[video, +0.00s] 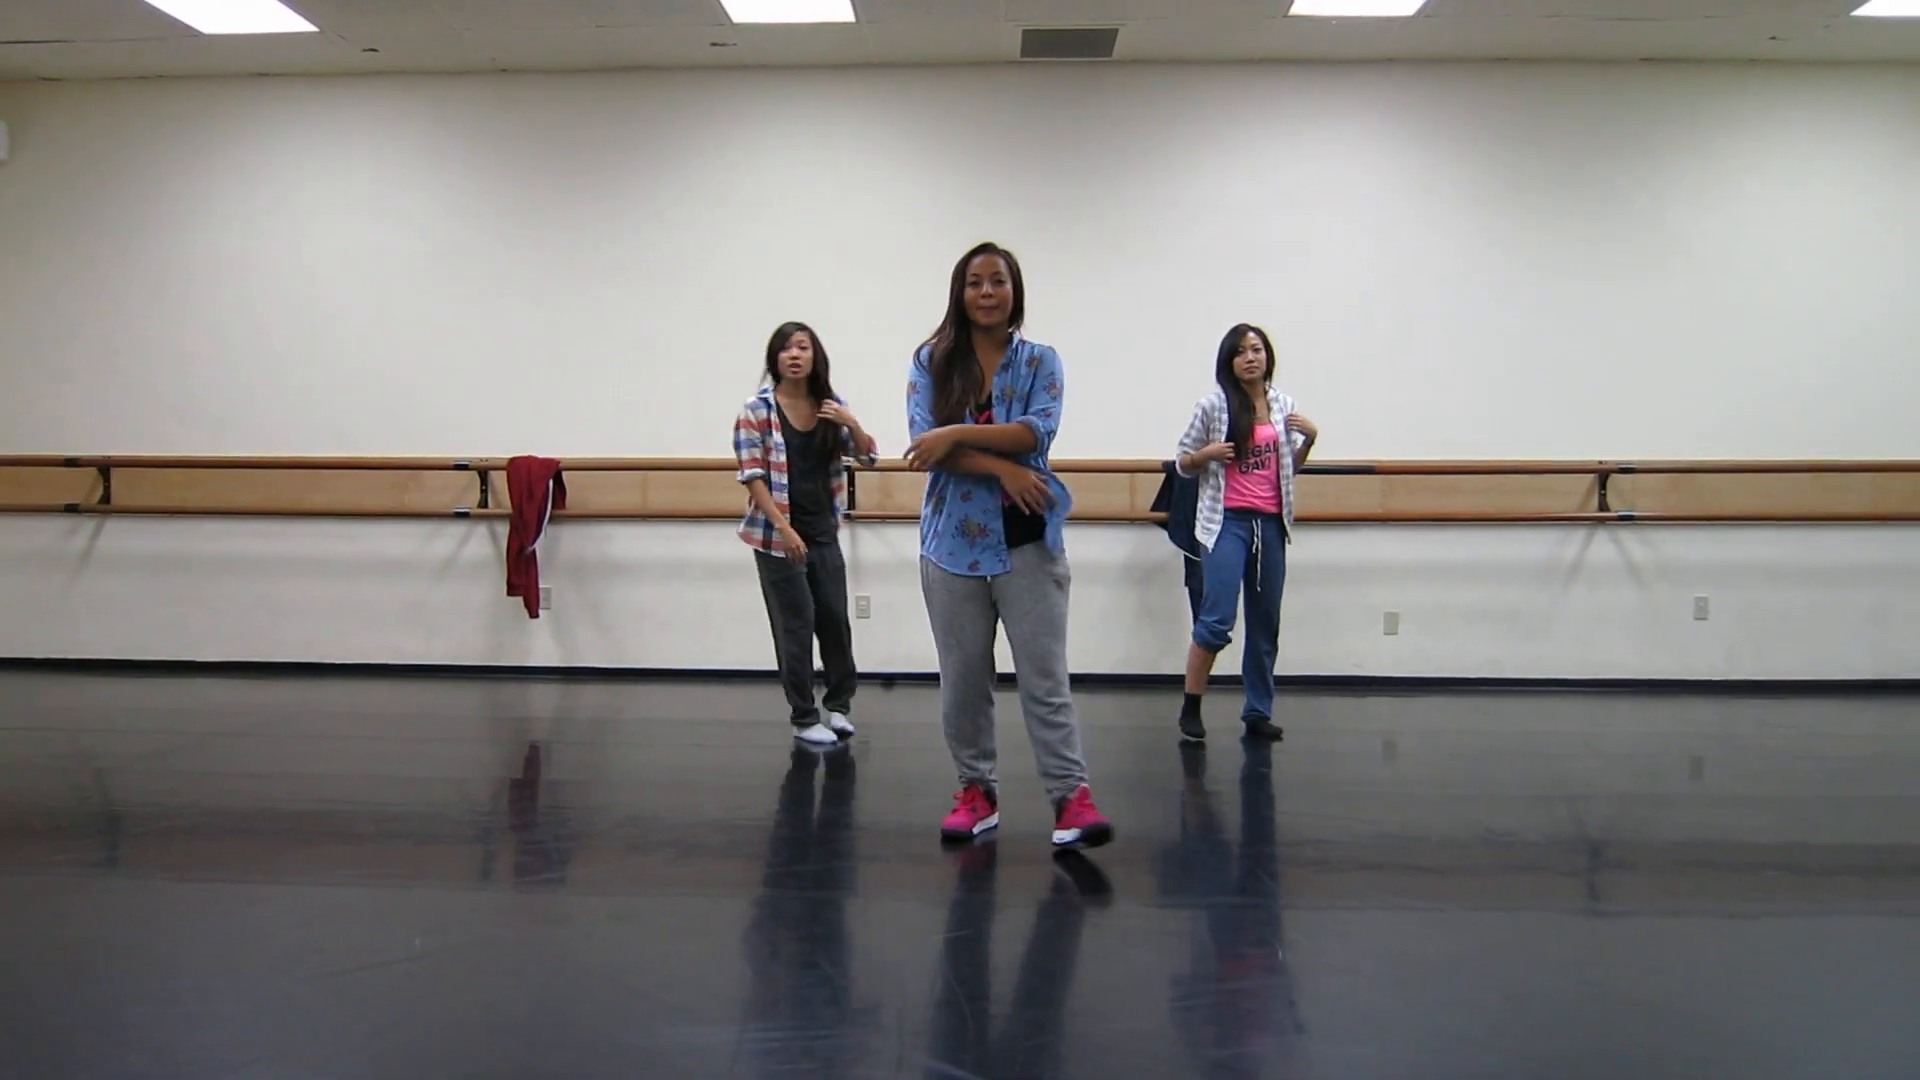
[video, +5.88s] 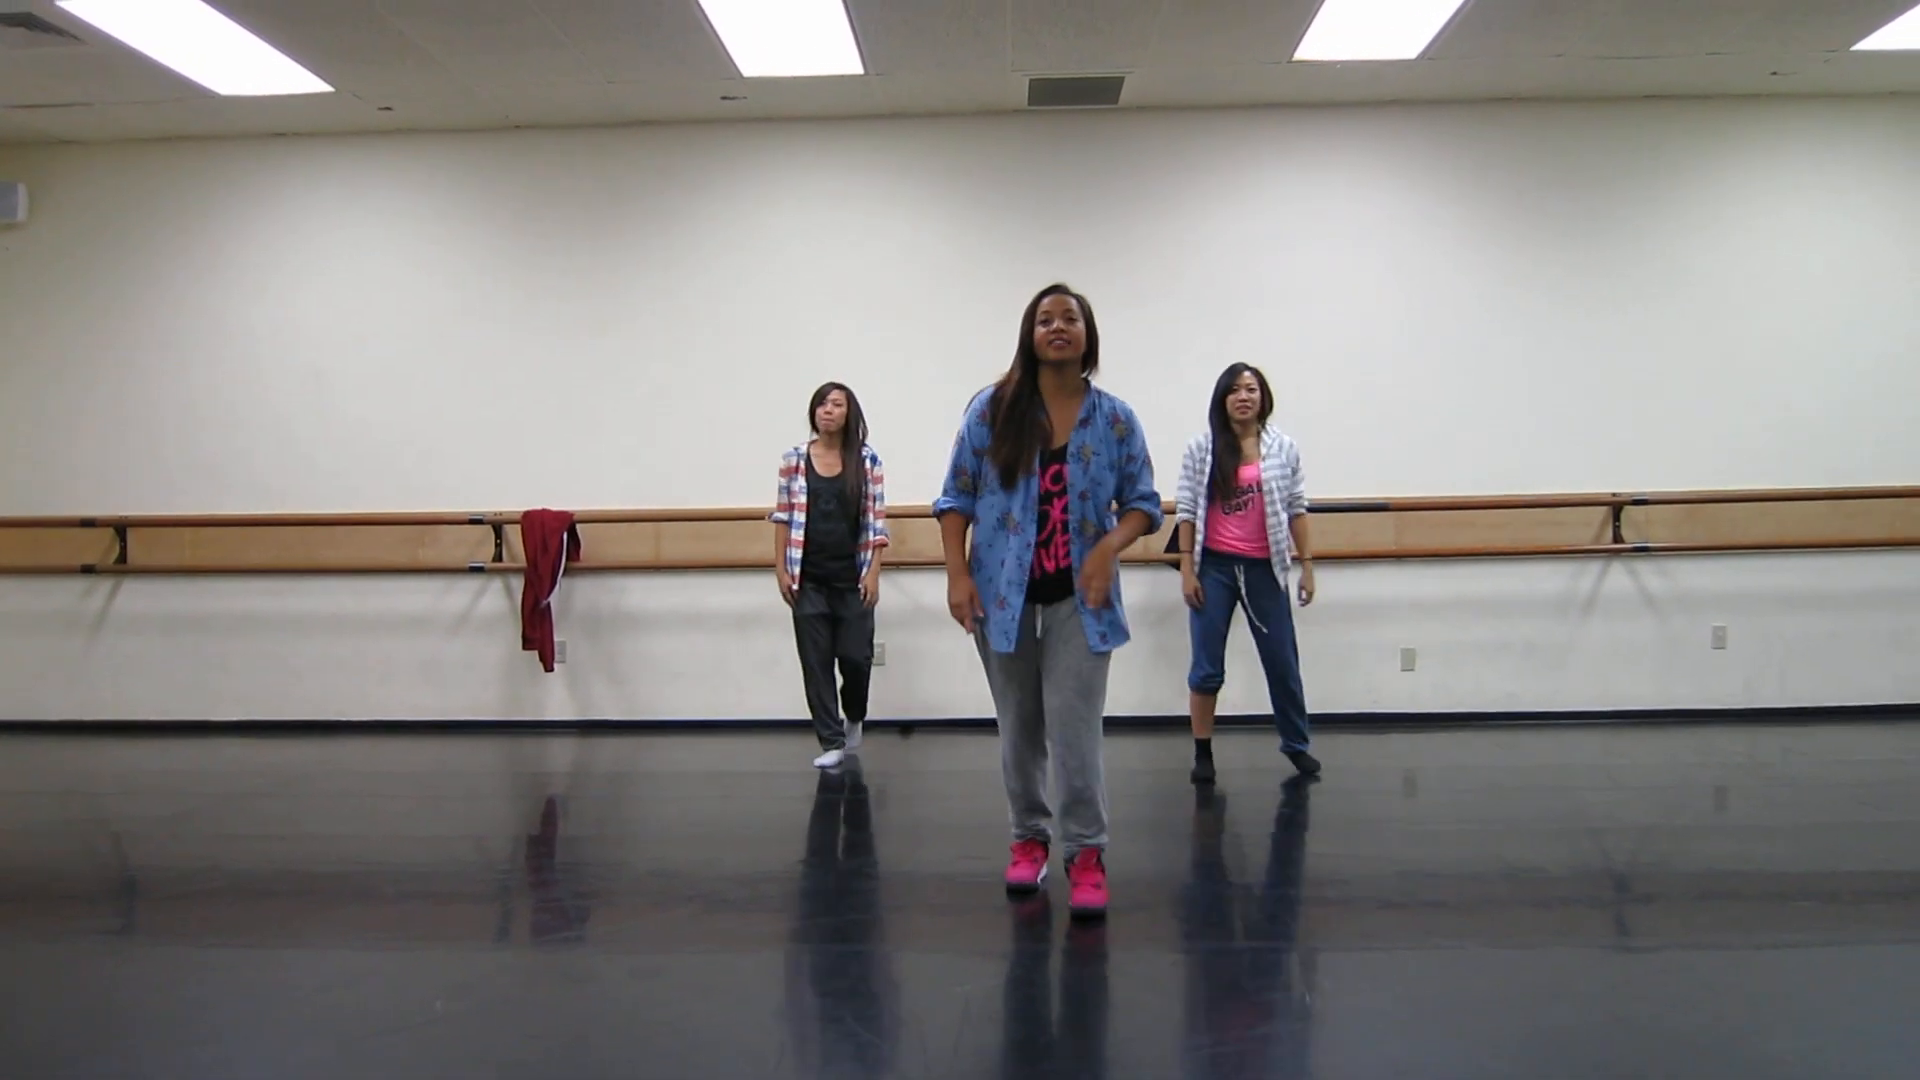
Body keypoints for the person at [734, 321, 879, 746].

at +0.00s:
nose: (795, 354)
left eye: (803, 347)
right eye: (787, 348)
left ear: (816, 357)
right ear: (774, 357)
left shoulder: (831, 408)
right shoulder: (756, 412)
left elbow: (867, 455)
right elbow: (753, 478)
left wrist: (850, 422)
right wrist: (782, 528)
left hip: (824, 536)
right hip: (778, 538)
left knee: (835, 622)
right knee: (795, 628)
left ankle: (838, 706)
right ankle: (805, 718)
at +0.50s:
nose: (853, 358)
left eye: (863, 353)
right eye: (847, 351)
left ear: (875, 363)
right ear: (835, 357)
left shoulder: (891, 409)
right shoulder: (814, 406)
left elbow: (915, 470)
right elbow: (793, 467)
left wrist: (878, 482)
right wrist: (782, 523)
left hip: (874, 537)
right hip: (821, 533)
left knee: (869, 627)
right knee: (813, 613)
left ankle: (869, 709)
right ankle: (825, 691)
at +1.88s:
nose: (854, 386)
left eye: (863, 381)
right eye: (848, 378)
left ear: (876, 389)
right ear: (838, 384)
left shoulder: (892, 434)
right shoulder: (819, 431)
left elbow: (899, 495)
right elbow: (810, 488)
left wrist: (880, 545)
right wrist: (805, 537)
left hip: (876, 554)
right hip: (827, 554)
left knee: (879, 641)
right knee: (819, 638)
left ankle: (875, 720)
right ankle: (813, 719)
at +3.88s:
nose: (812, 403)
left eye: (820, 397)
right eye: (806, 397)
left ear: (834, 404)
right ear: (797, 406)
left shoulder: (853, 448)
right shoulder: (781, 450)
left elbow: (869, 504)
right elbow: (767, 506)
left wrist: (877, 551)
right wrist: (761, 557)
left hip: (841, 567)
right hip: (792, 570)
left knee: (850, 640)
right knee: (800, 653)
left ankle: (869, 729)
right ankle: (811, 733)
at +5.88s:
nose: (829, 410)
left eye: (838, 405)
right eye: (823, 404)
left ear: (850, 414)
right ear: (814, 412)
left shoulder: (868, 460)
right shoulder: (794, 459)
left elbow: (878, 520)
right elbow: (782, 517)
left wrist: (874, 570)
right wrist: (780, 568)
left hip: (853, 579)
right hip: (808, 579)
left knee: (856, 659)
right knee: (816, 664)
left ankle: (854, 717)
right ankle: (831, 743)